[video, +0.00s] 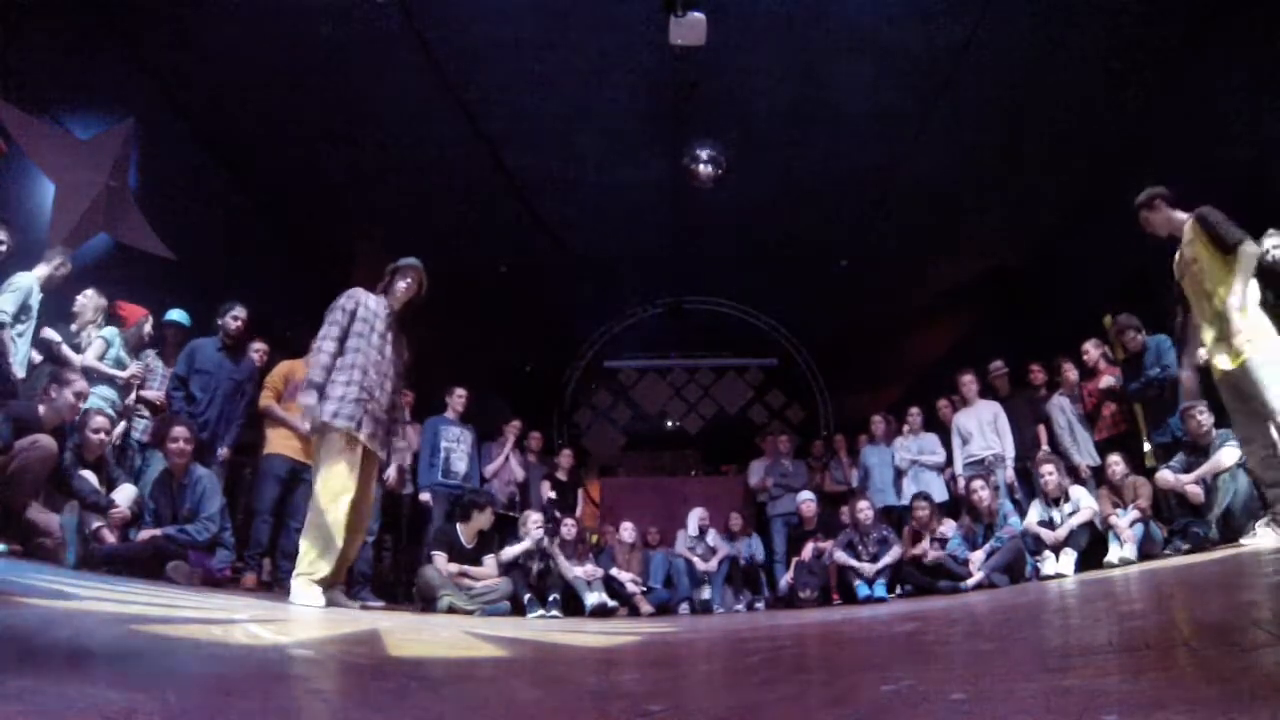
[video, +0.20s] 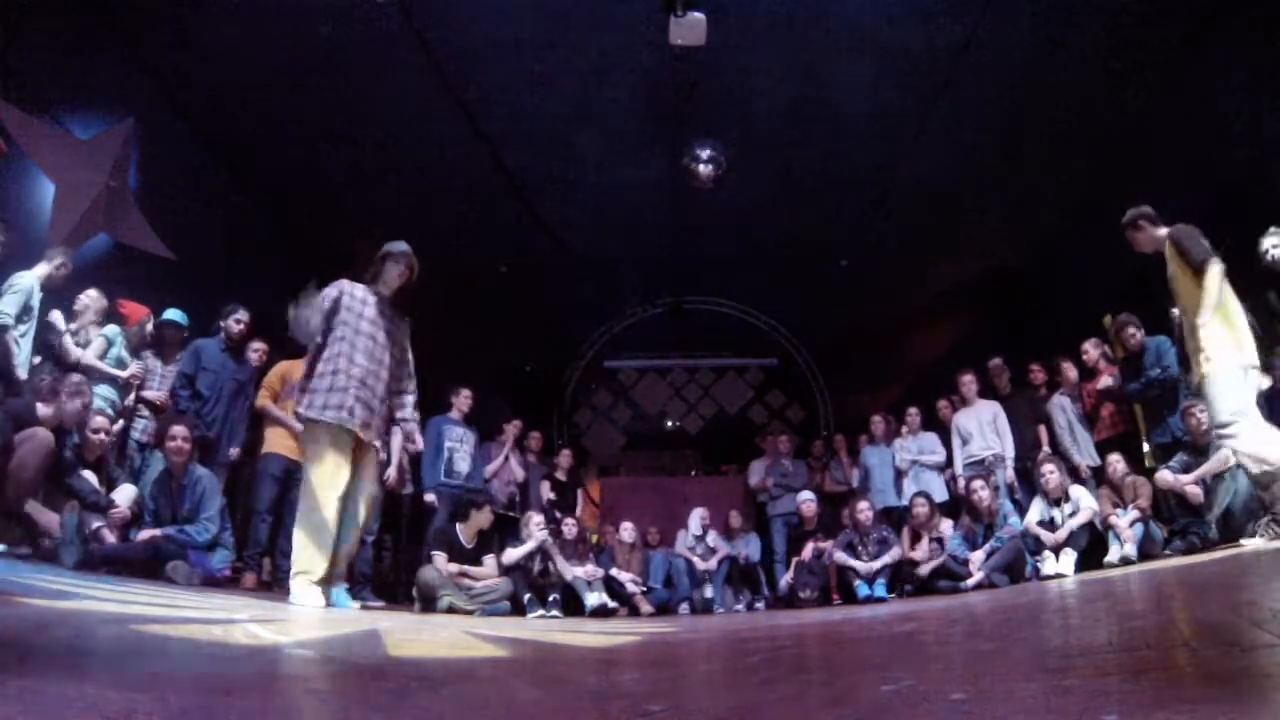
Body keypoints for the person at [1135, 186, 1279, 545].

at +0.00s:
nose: (1147, 228)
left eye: (1146, 220)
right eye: (1144, 223)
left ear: (1159, 207)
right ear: (1155, 215)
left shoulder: (1203, 218)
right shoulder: (1180, 261)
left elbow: (1248, 248)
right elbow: (1195, 314)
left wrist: (1235, 300)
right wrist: (1189, 362)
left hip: (1252, 342)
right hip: (1221, 356)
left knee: (1278, 420)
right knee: (1252, 438)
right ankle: (1275, 514)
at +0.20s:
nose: (1137, 247)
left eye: (1134, 240)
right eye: (1133, 243)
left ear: (1144, 226)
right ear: (1144, 229)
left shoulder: (1179, 233)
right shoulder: (1171, 255)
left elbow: (1213, 265)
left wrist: (1202, 316)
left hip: (1224, 347)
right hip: (1213, 352)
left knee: (1230, 430)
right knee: (1244, 428)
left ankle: (1273, 508)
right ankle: (1271, 509)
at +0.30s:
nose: (1130, 252)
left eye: (1127, 244)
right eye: (1125, 247)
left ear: (1137, 232)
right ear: (1138, 235)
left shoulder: (1167, 240)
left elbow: (1200, 274)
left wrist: (1192, 323)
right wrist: (1265, 354)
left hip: (1211, 352)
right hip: (1222, 352)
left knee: (1208, 432)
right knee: (1251, 427)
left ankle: (1267, 498)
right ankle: (1270, 506)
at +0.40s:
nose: (1123, 255)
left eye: (1121, 248)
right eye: (1118, 250)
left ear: (1130, 237)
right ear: (1136, 234)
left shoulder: (1154, 246)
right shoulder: (1172, 251)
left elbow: (1184, 275)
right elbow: (1222, 303)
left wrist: (1179, 325)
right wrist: (1256, 340)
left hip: (1200, 353)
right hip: (1227, 349)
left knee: (1205, 442)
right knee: (1256, 437)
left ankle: (1228, 525)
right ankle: (1276, 509)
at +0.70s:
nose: (1103, 269)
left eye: (1101, 262)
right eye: (1100, 264)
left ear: (1107, 251)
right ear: (1121, 245)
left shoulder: (1127, 263)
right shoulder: (1155, 266)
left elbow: (1142, 309)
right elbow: (1188, 318)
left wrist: (1145, 369)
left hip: (1175, 368)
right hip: (1198, 365)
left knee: (1188, 456)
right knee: (1223, 444)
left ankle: (1201, 536)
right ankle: (1272, 507)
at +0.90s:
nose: (1094, 272)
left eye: (1092, 266)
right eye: (1092, 268)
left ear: (1097, 257)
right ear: (1115, 250)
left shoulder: (1117, 273)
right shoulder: (1147, 272)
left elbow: (1124, 324)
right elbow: (1170, 327)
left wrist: (1130, 382)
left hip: (1157, 370)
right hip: (1180, 368)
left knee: (1175, 455)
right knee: (1181, 451)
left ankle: (1201, 536)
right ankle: (1247, 497)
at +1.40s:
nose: (1092, 271)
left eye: (1093, 263)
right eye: (1090, 266)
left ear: (1108, 255)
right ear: (1103, 261)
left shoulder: (1143, 266)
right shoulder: (1124, 304)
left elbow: (1176, 316)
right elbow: (1140, 356)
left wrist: (1178, 366)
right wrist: (1146, 406)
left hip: (1186, 374)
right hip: (1162, 385)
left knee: (1196, 455)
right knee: (1200, 455)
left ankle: (1202, 531)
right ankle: (1242, 522)